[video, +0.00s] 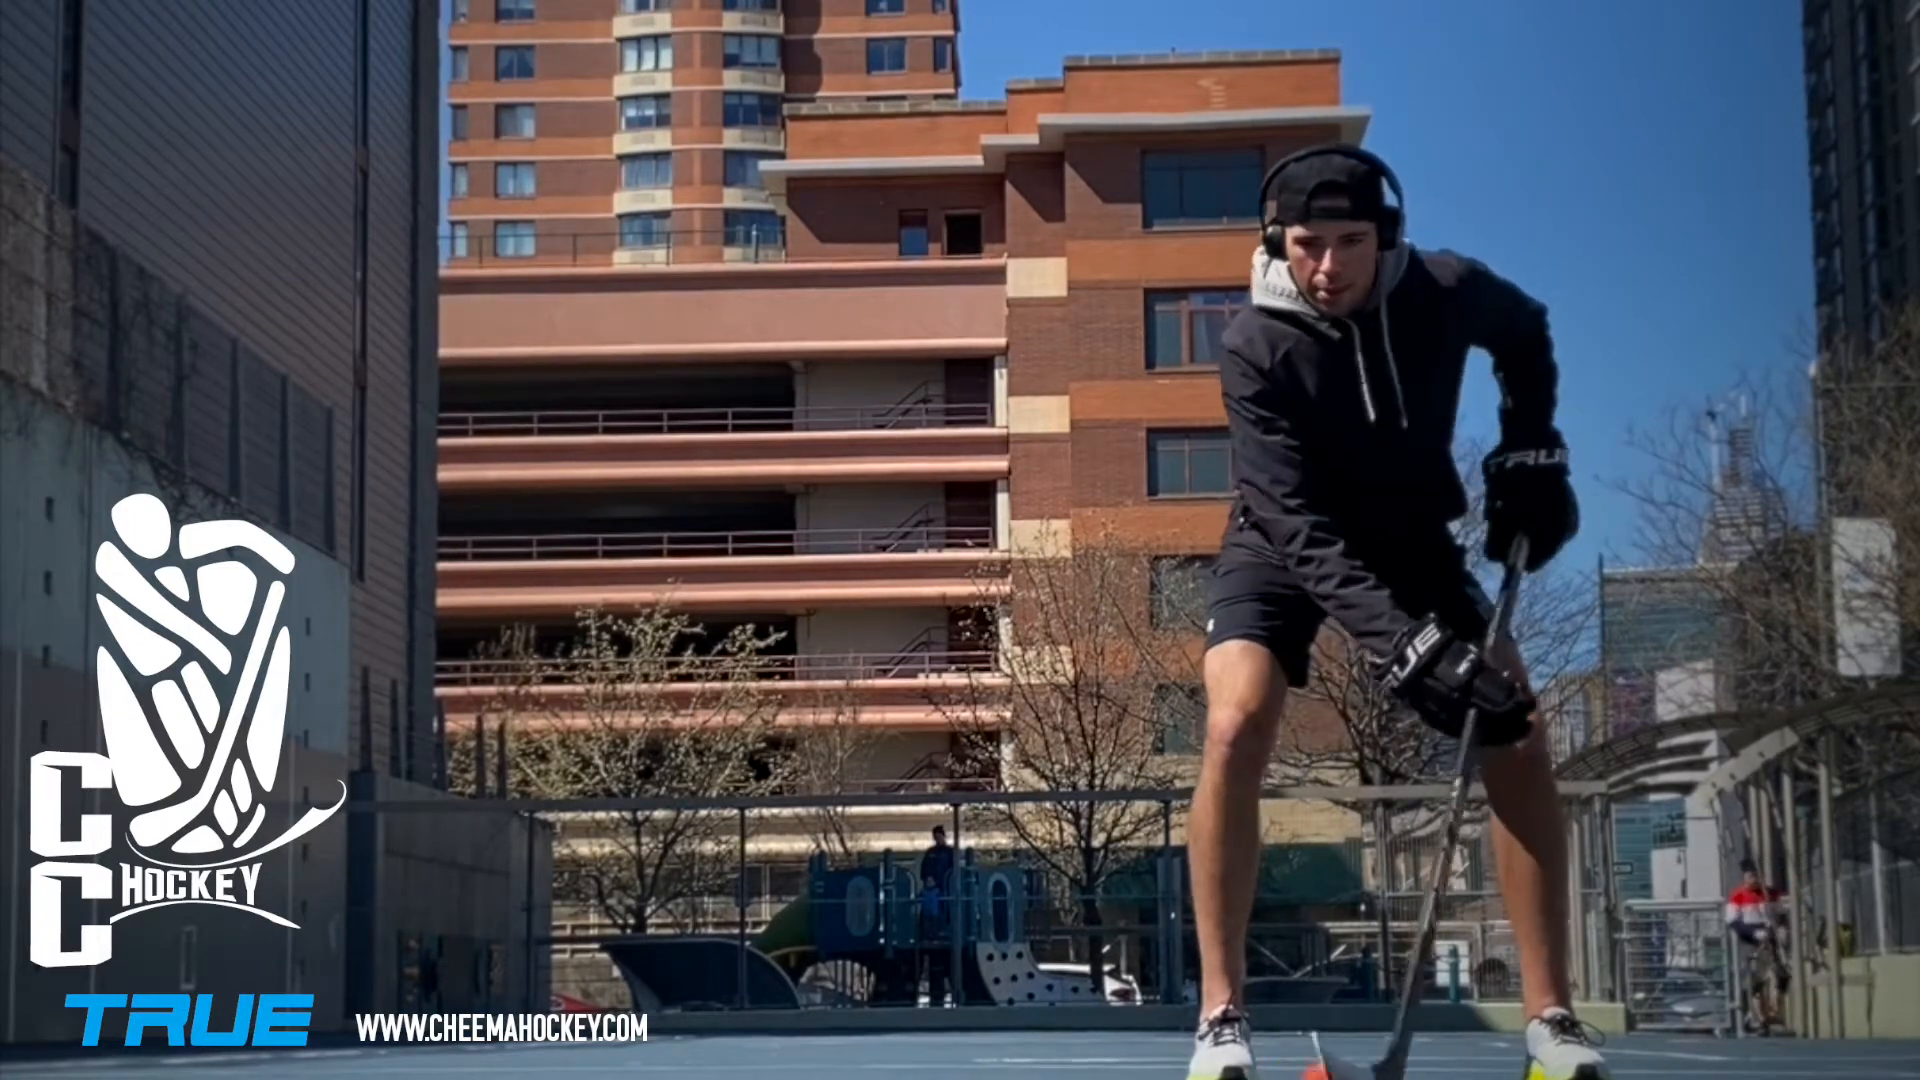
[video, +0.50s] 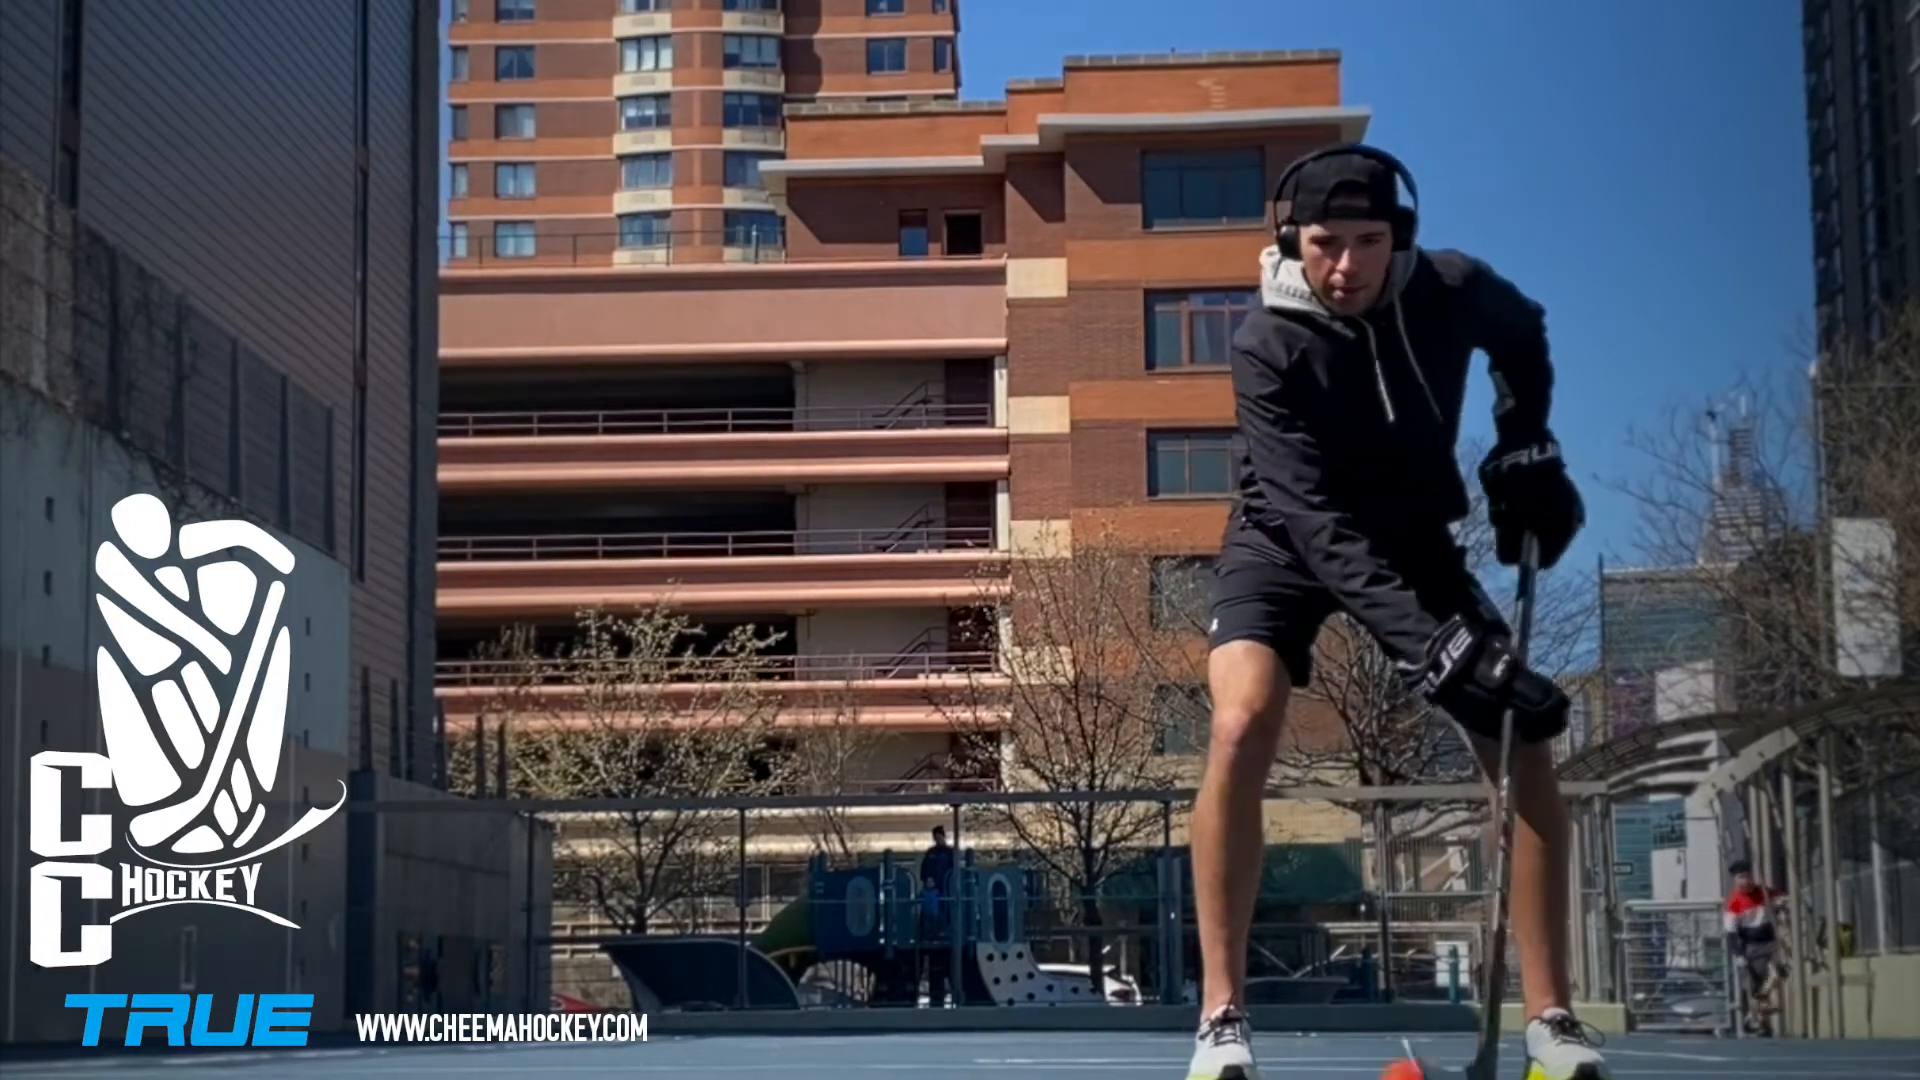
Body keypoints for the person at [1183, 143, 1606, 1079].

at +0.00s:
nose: (1326, 266)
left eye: (1347, 244)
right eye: (1307, 246)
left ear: (1384, 237)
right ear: (1280, 243)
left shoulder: (1444, 289)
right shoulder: (1258, 344)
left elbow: (1523, 331)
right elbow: (1294, 526)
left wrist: (1530, 455)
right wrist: (1408, 644)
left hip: (1414, 536)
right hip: (1282, 542)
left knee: (1517, 730)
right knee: (1236, 725)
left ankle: (1550, 1013)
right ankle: (1220, 1013)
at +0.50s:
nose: (1343, 266)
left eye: (1365, 244)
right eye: (1324, 245)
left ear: (1399, 239)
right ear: (1293, 243)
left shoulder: (1449, 288)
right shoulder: (1268, 343)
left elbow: (1521, 333)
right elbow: (1315, 524)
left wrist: (1523, 446)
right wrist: (1440, 647)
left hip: (1414, 536)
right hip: (1285, 539)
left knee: (1523, 738)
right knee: (1242, 725)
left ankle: (1549, 1016)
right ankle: (1221, 1014)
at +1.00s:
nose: (1349, 256)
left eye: (1366, 234)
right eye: (1326, 237)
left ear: (1390, 235)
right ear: (1286, 242)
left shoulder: (1437, 293)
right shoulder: (1259, 354)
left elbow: (1498, 340)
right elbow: (1303, 535)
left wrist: (1512, 455)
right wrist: (1436, 647)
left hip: (1405, 540)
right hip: (1278, 542)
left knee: (1522, 740)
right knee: (1235, 729)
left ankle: (1549, 1013)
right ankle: (1220, 1015)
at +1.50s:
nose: (1474, 242)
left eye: (1482, 222)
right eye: (1453, 226)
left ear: (1489, 225)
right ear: (1397, 234)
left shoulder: (1508, 299)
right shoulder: (1332, 344)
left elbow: (1553, 364)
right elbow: (1364, 541)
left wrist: (1568, 471)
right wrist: (1499, 661)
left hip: (1441, 546)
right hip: (1315, 541)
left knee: (1554, 763)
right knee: (1272, 734)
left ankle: (1555, 1017)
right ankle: (1224, 1014)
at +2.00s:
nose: (1543, 255)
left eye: (1546, 234)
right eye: (1525, 238)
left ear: (1534, 230)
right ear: (1462, 240)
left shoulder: (1537, 301)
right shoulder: (1372, 338)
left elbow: (1561, 391)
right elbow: (1404, 538)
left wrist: (1582, 478)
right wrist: (1544, 667)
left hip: (1455, 537)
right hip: (1335, 532)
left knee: (1557, 739)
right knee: (1298, 736)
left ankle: (1556, 1020)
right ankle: (1228, 1013)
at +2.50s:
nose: (1480, 251)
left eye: (1481, 231)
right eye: (1461, 235)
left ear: (1466, 228)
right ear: (1397, 241)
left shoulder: (1477, 299)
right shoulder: (1310, 346)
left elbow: (1516, 381)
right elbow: (1339, 536)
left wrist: (1546, 470)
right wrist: (1479, 652)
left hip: (1416, 539)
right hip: (1294, 534)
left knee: (1538, 749)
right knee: (1265, 736)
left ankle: (1557, 1018)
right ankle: (1224, 1014)